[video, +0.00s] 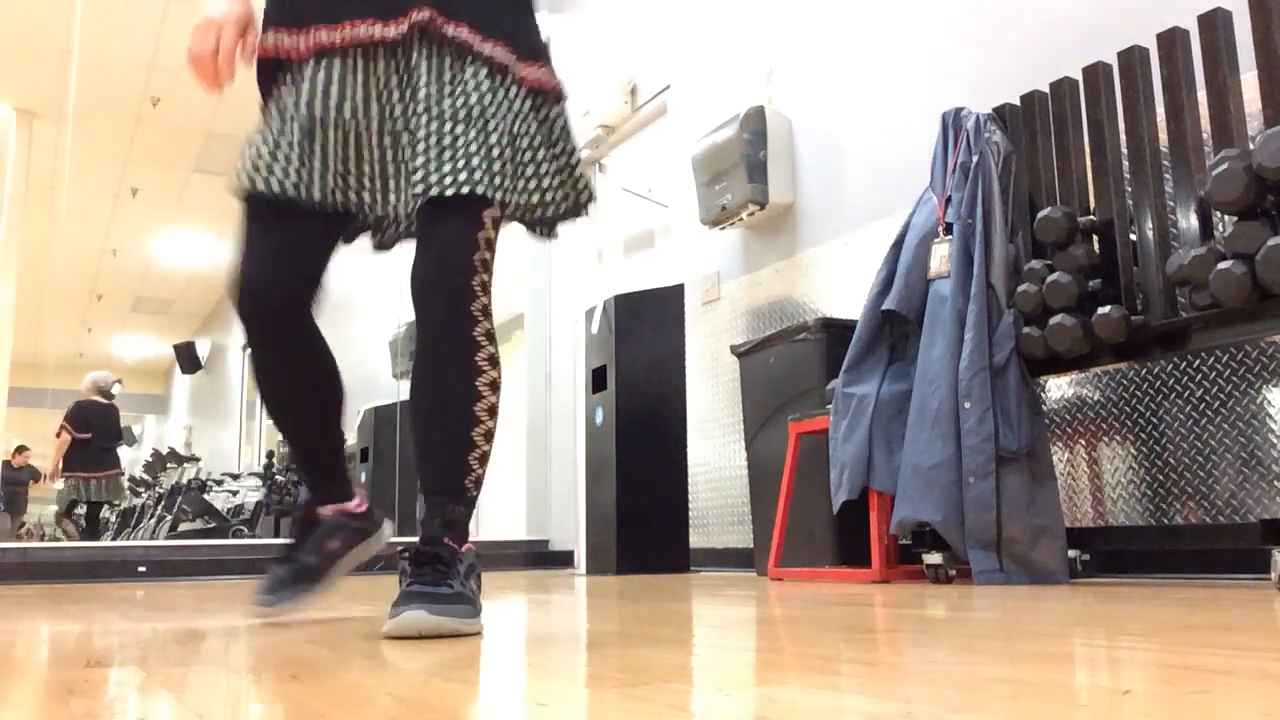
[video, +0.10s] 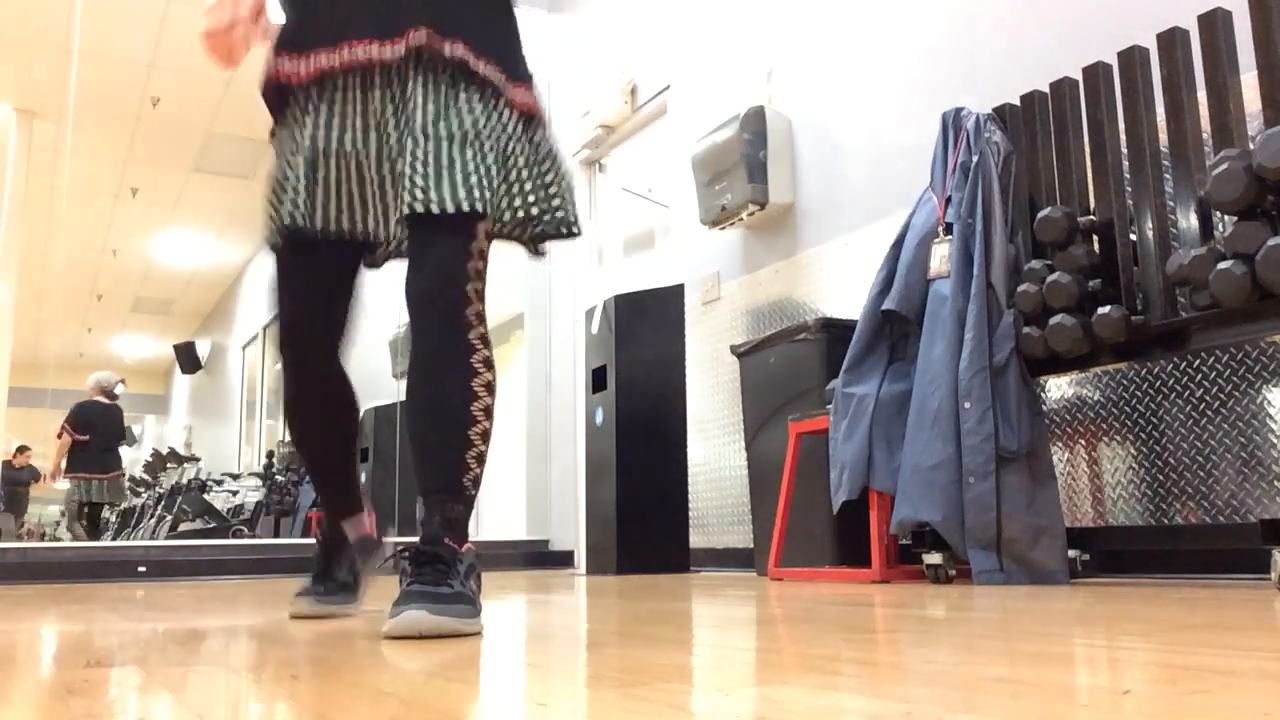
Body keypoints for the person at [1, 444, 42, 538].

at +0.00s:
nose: (27, 460)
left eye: (28, 457)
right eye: (25, 457)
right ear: (16, 455)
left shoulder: (28, 469)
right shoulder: (4, 465)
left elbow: (38, 477)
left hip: (18, 506)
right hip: (3, 504)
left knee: (16, 532)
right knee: (4, 531)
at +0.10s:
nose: (28, 460)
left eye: (29, 457)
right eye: (27, 457)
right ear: (18, 455)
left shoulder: (29, 469)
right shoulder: (4, 465)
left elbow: (38, 478)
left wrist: (29, 466)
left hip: (21, 508)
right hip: (5, 506)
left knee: (18, 534)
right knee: (7, 533)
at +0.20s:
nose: (30, 460)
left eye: (31, 457)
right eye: (29, 456)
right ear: (20, 454)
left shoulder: (30, 468)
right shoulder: (6, 465)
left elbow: (33, 478)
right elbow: (4, 481)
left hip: (24, 509)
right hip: (9, 509)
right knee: (10, 537)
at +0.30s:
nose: (31, 460)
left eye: (32, 457)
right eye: (30, 456)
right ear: (21, 454)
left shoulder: (31, 467)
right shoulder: (7, 465)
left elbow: (30, 487)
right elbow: (7, 486)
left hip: (25, 509)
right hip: (12, 509)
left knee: (21, 539)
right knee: (12, 539)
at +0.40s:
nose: (34, 460)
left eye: (35, 457)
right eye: (33, 457)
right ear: (23, 455)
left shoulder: (31, 467)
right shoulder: (8, 466)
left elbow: (34, 480)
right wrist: (32, 478)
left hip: (28, 508)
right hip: (15, 508)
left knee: (24, 538)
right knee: (13, 539)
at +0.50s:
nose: (39, 461)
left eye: (40, 458)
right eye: (38, 457)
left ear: (30, 455)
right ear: (29, 455)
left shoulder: (33, 467)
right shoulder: (18, 466)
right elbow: (2, 474)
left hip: (29, 508)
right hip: (16, 509)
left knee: (35, 535)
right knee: (15, 538)